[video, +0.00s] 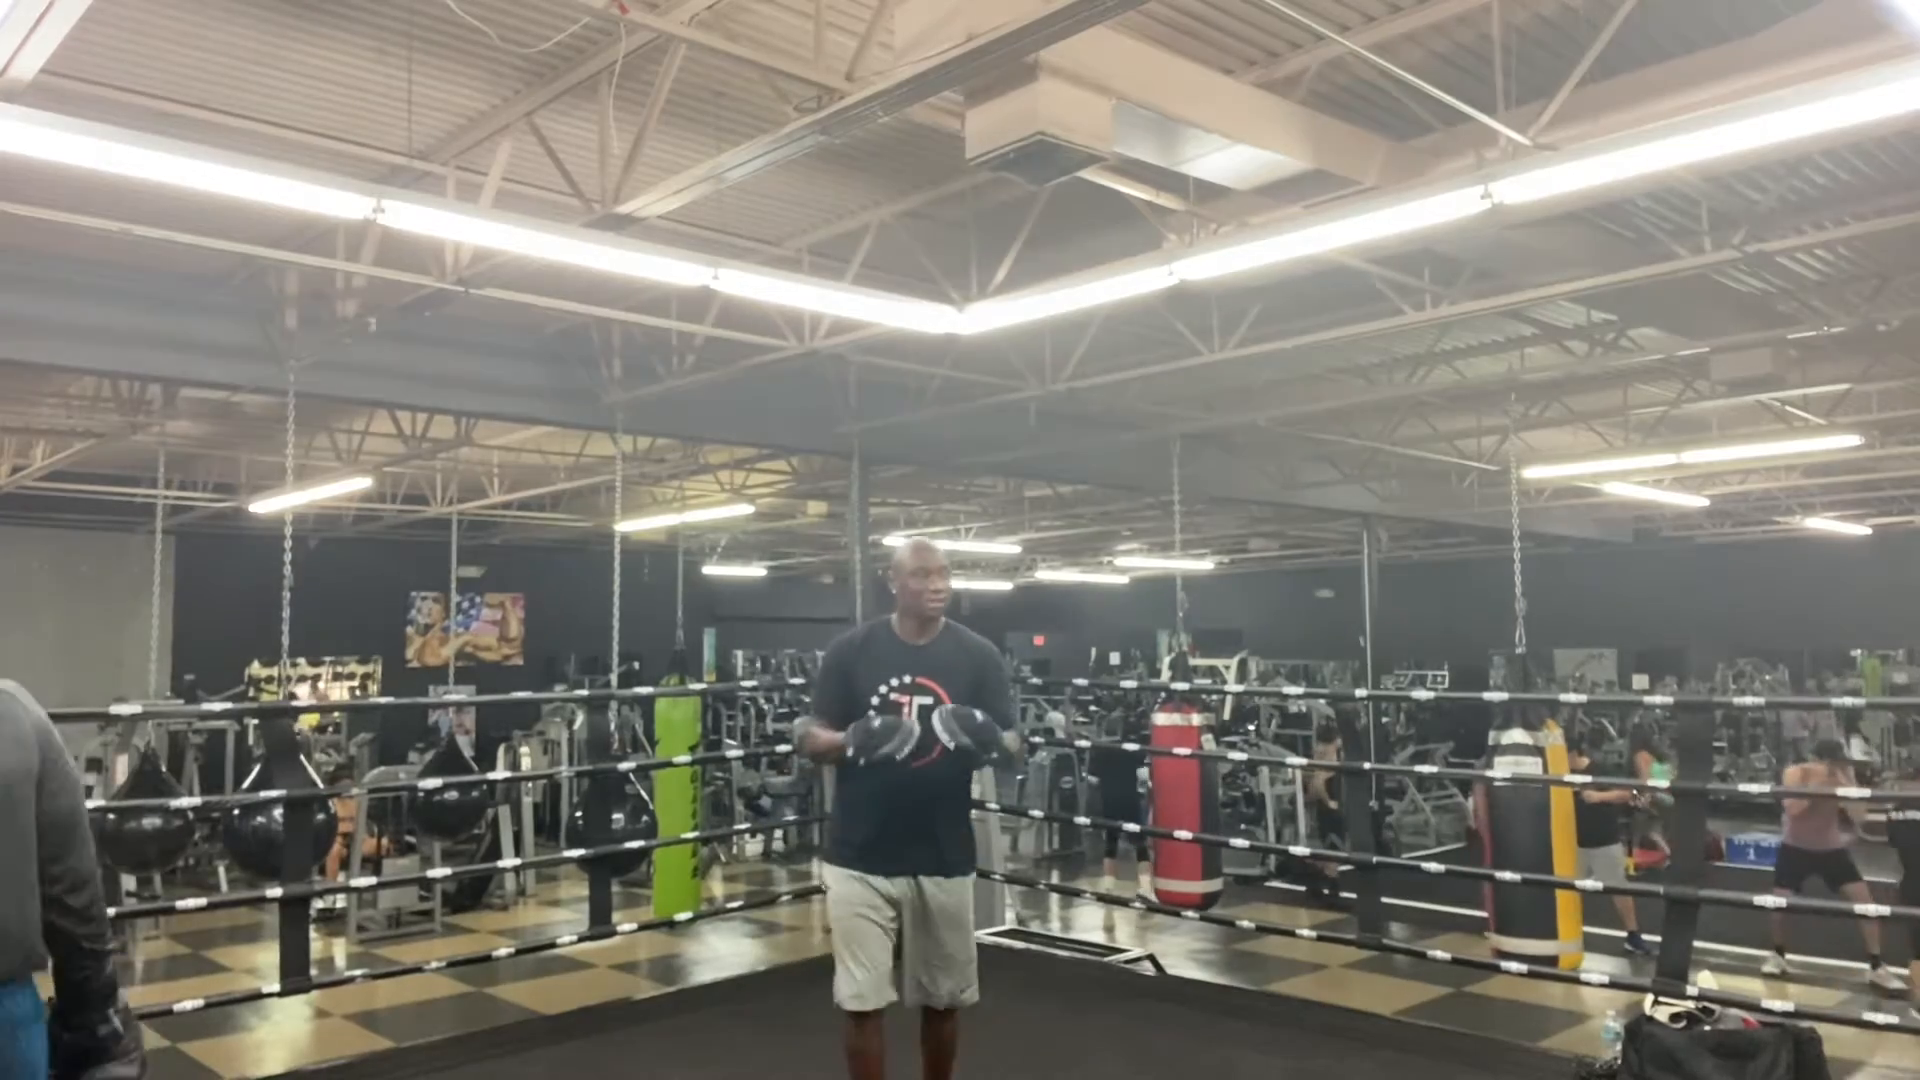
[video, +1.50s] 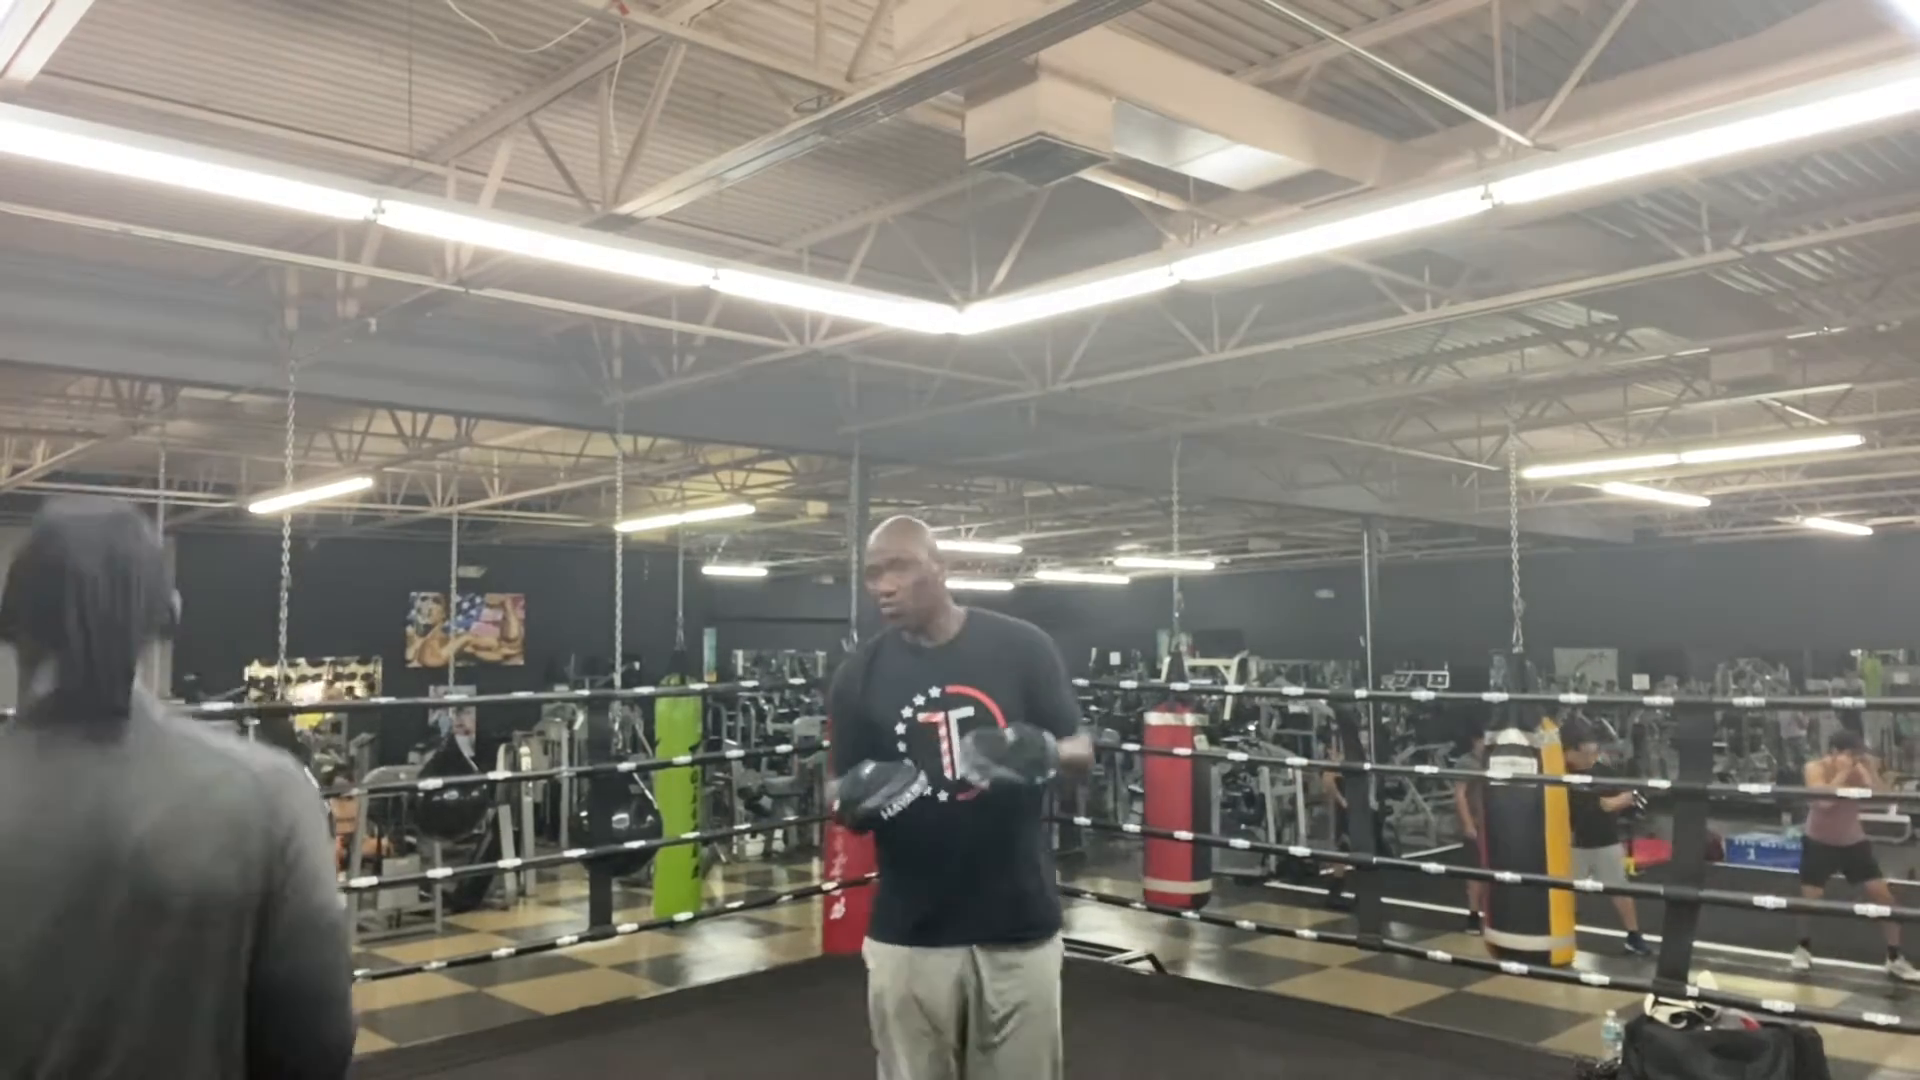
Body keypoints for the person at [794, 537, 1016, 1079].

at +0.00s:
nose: (936, 586)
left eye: (941, 575)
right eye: (922, 575)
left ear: (950, 582)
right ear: (893, 582)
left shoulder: (979, 656)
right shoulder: (849, 652)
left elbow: (1011, 747)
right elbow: (809, 737)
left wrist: (986, 740)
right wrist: (851, 741)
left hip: (944, 864)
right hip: (859, 862)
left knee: (943, 1006)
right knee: (862, 1007)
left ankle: (939, 1079)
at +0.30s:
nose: (927, 595)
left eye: (931, 583)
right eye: (912, 585)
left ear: (938, 588)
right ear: (878, 593)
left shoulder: (970, 661)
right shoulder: (838, 665)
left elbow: (997, 746)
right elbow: (803, 761)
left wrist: (987, 764)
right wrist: (854, 766)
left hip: (955, 881)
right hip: (864, 885)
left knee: (976, 1028)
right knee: (865, 1038)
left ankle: (961, 1074)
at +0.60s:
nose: (935, 596)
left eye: (948, 583)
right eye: (923, 584)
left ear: (966, 588)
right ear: (903, 589)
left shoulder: (1003, 670)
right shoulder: (862, 664)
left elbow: (1031, 771)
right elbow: (818, 767)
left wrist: (1018, 773)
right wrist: (870, 757)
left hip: (972, 899)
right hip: (879, 897)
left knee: (976, 1060)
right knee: (877, 1054)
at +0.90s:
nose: (940, 586)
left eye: (955, 574)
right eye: (933, 573)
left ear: (993, 577)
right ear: (926, 576)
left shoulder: (1039, 662)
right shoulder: (891, 651)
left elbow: (1070, 770)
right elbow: (852, 748)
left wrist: (1015, 755)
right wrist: (874, 753)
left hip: (995, 908)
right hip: (895, 898)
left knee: (1000, 1067)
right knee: (872, 1060)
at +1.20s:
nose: (922, 588)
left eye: (937, 573)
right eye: (916, 575)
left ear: (981, 574)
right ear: (912, 578)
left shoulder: (1045, 660)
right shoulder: (892, 659)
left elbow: (1075, 782)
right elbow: (869, 760)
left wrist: (1002, 764)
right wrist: (879, 769)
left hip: (1009, 923)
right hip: (908, 919)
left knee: (1013, 1073)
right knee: (918, 1072)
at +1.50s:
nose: (881, 586)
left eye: (896, 568)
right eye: (873, 572)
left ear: (938, 569)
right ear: (866, 579)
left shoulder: (1025, 648)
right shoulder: (859, 675)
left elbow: (1082, 752)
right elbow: (839, 790)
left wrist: (1046, 753)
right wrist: (854, 799)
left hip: (1018, 928)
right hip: (908, 935)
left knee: (1023, 1072)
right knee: (912, 1073)